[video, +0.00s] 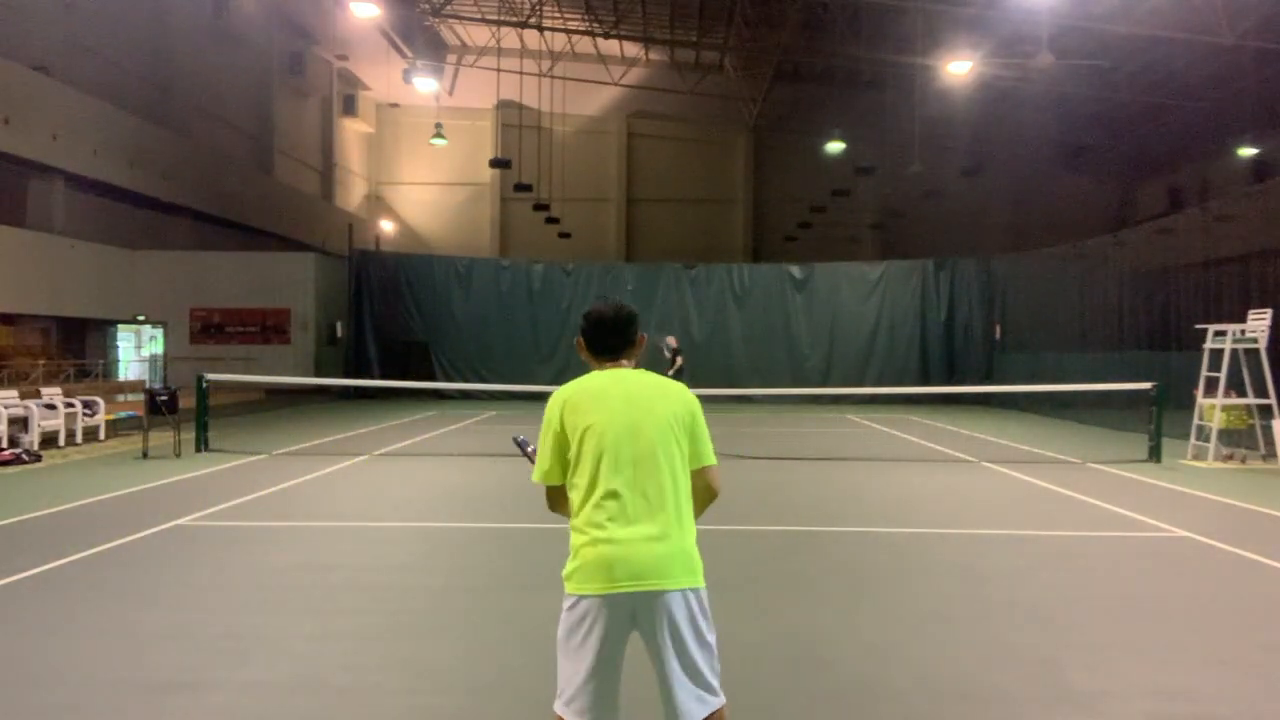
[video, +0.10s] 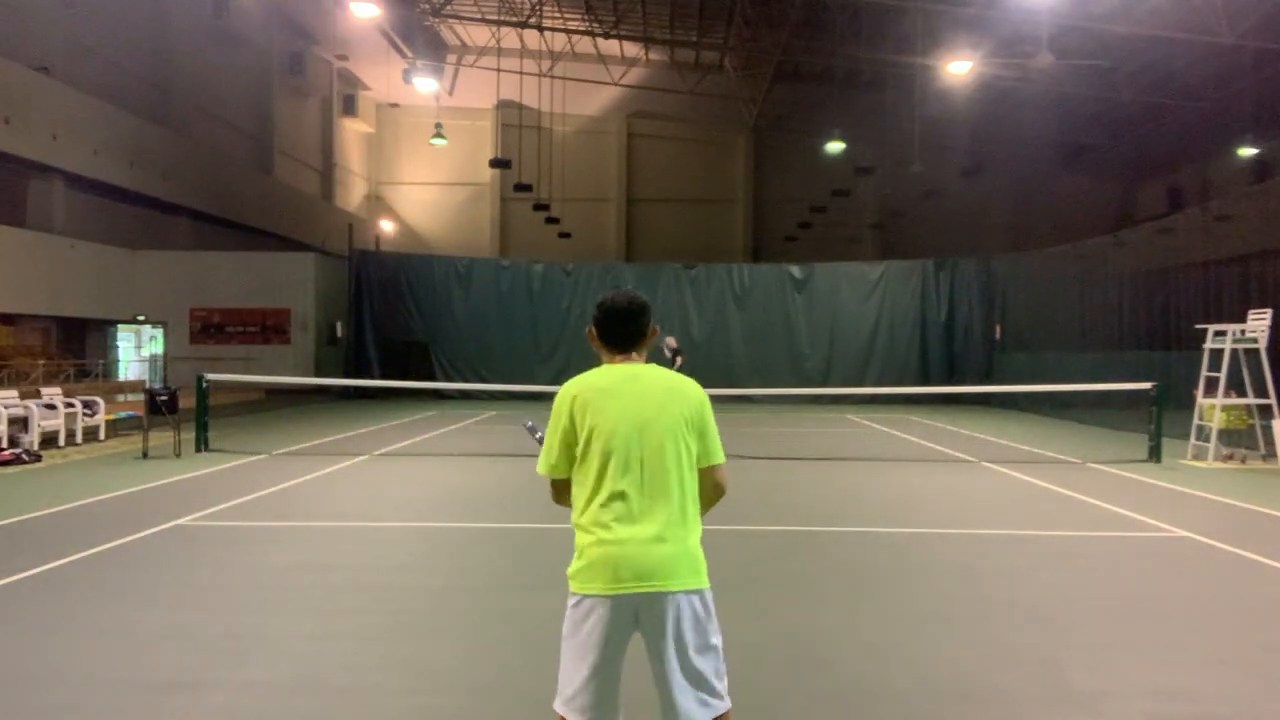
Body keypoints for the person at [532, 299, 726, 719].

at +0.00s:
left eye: (579, 341)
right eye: (642, 339)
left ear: (582, 347)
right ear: (640, 345)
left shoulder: (566, 399)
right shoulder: (678, 394)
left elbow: (557, 499)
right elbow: (707, 485)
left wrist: (604, 509)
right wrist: (669, 523)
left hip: (596, 573)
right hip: (674, 571)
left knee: (577, 705)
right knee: (702, 699)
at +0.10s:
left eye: (591, 330)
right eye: (653, 329)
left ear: (593, 337)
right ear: (652, 335)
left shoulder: (575, 393)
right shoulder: (688, 390)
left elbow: (561, 491)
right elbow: (714, 483)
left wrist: (612, 494)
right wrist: (675, 517)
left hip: (600, 574)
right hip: (678, 573)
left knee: (578, 705)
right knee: (705, 702)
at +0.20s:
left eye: (608, 329)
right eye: (669, 329)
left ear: (610, 334)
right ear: (668, 334)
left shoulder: (591, 387)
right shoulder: (704, 388)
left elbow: (572, 483)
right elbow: (727, 482)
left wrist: (627, 488)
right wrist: (685, 514)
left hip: (610, 573)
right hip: (688, 573)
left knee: (586, 704)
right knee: (710, 702)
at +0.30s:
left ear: (629, 336)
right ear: (688, 337)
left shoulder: (607, 385)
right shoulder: (720, 391)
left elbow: (583, 479)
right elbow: (742, 487)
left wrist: (636, 488)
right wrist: (695, 514)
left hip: (621, 574)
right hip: (699, 575)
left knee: (595, 705)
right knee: (719, 704)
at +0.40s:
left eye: (642, 328)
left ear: (643, 333)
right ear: (702, 335)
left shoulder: (619, 384)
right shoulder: (731, 392)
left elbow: (590, 476)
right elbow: (755, 487)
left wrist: (632, 485)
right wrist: (709, 512)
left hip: (631, 575)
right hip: (709, 576)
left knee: (599, 706)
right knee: (728, 706)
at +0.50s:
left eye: (647, 327)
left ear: (647, 332)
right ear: (706, 334)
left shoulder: (622, 383)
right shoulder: (736, 392)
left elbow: (593, 476)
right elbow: (762, 485)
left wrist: (636, 484)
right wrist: (717, 513)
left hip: (635, 576)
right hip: (713, 577)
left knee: (604, 707)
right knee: (732, 707)